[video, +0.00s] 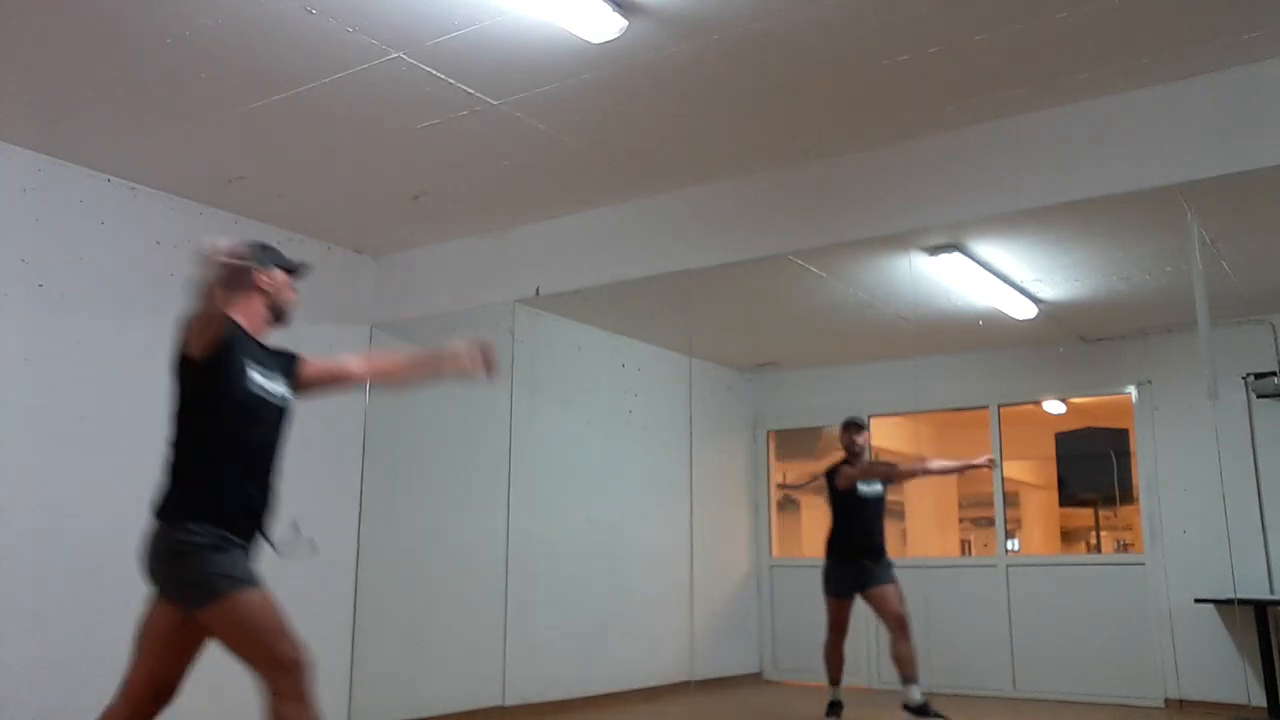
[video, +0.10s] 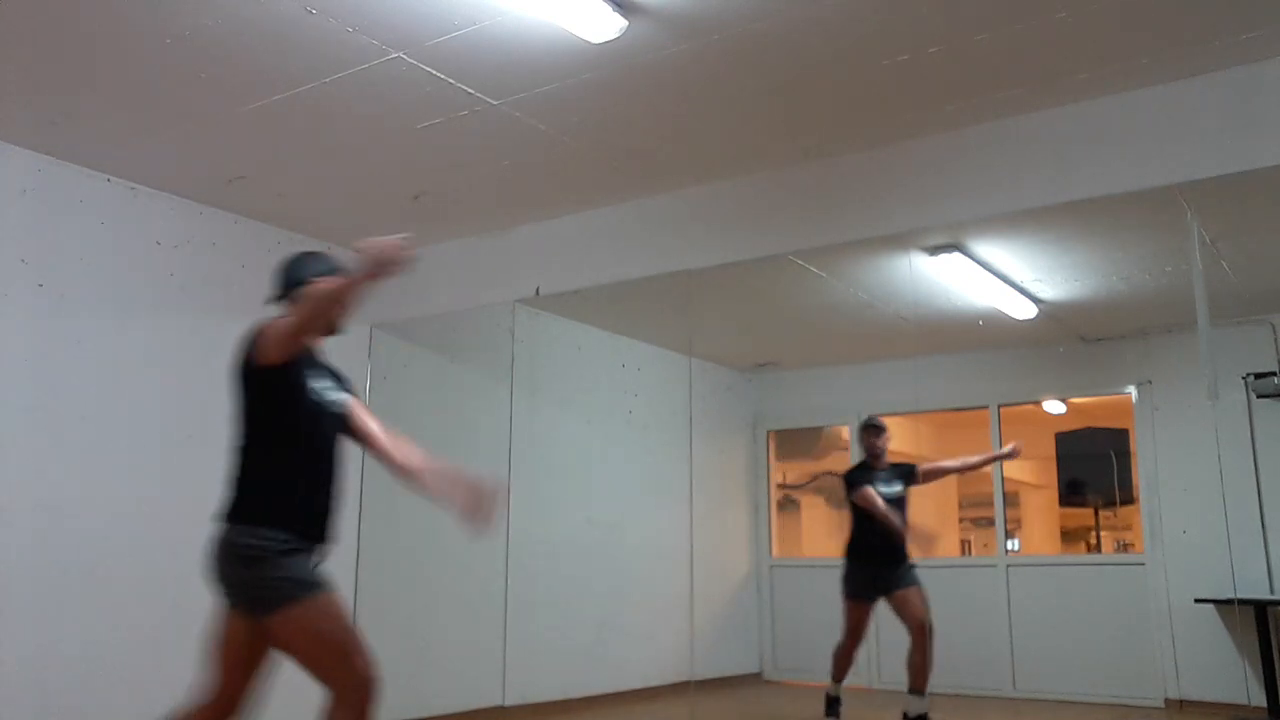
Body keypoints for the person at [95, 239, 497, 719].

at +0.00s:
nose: (296, 287)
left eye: (294, 278)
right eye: (288, 275)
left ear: (264, 283)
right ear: (258, 278)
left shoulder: (283, 365)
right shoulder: (212, 341)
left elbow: (365, 368)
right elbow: (208, 322)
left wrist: (451, 359)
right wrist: (218, 284)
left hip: (223, 548)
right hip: (193, 543)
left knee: (140, 700)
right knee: (288, 671)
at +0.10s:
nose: (340, 303)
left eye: (342, 293)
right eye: (331, 292)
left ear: (339, 297)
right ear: (302, 294)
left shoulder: (326, 378)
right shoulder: (266, 349)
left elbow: (385, 442)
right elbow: (313, 308)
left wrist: (455, 488)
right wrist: (363, 274)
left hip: (284, 556)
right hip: (260, 554)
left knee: (222, 702)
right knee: (355, 683)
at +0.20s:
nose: (422, 295)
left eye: (421, 287)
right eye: (413, 284)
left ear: (383, 294)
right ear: (383, 288)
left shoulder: (378, 368)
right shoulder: (351, 337)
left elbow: (390, 483)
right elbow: (436, 301)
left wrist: (398, 572)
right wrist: (517, 246)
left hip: (344, 555)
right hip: (321, 554)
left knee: (366, 697)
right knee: (399, 694)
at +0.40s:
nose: (562, 282)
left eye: (561, 272)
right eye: (556, 272)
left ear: (515, 275)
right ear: (532, 272)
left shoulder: (494, 325)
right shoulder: (522, 324)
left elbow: (440, 374)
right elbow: (633, 343)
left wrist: (396, 397)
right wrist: (738, 353)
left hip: (472, 530)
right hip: (436, 524)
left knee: (537, 668)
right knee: (387, 686)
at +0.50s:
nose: (609, 292)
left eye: (607, 282)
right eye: (603, 281)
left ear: (557, 286)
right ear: (583, 283)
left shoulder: (541, 328)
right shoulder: (569, 340)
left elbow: (527, 299)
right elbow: (636, 434)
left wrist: (524, 281)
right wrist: (689, 506)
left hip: (549, 548)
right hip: (520, 544)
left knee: (613, 689)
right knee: (464, 701)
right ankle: (329, 689)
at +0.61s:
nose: (653, 288)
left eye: (651, 276)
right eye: (645, 276)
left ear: (613, 280)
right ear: (621, 279)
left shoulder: (615, 334)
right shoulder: (598, 331)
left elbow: (642, 268)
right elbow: (585, 425)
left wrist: (658, 214)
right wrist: (560, 512)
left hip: (605, 536)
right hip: (578, 531)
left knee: (624, 695)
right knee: (572, 686)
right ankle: (473, 576)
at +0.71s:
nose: (695, 236)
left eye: (692, 227)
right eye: (686, 228)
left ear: (672, 233)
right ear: (662, 235)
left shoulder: (689, 280)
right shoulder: (633, 276)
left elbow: (754, 224)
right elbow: (581, 289)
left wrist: (803, 162)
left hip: (608, 473)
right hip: (620, 472)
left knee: (582, 635)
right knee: (696, 612)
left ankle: (543, 709)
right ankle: (555, 637)